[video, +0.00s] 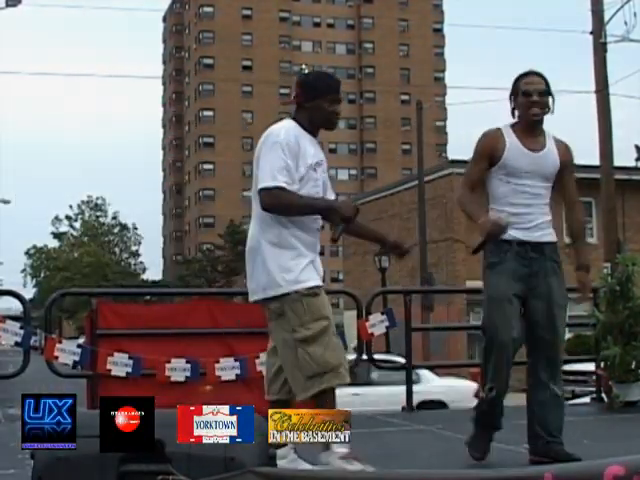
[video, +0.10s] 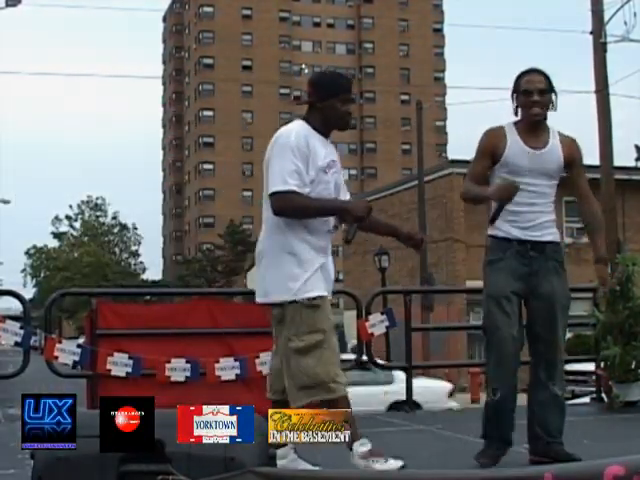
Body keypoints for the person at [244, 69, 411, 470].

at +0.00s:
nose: (338, 111)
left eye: (338, 104)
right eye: (331, 104)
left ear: (318, 105)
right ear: (305, 102)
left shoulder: (313, 148)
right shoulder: (280, 136)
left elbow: (332, 216)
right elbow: (271, 197)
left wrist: (385, 240)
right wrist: (328, 205)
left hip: (299, 271)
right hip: (283, 271)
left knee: (287, 369)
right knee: (323, 360)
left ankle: (285, 453)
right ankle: (329, 450)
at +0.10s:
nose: (353, 110)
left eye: (352, 103)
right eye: (346, 103)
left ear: (329, 105)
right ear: (322, 104)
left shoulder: (328, 150)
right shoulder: (291, 138)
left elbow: (346, 213)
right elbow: (283, 202)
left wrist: (401, 233)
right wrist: (341, 207)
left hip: (310, 275)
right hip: (291, 276)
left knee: (288, 368)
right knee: (323, 367)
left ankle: (279, 451)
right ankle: (359, 449)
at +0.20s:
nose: (365, 108)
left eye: (364, 100)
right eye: (358, 101)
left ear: (342, 104)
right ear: (334, 103)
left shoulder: (341, 149)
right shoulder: (300, 140)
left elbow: (354, 215)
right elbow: (293, 207)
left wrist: (404, 239)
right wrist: (354, 209)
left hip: (328, 276)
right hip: (304, 277)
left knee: (297, 368)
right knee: (338, 366)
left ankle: (280, 447)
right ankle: (364, 449)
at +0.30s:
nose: (375, 104)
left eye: (376, 96)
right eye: (368, 96)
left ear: (353, 99)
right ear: (342, 97)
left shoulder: (353, 143)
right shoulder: (313, 137)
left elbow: (359, 214)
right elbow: (304, 207)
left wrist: (395, 250)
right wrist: (367, 210)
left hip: (342, 273)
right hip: (320, 274)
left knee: (312, 368)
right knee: (346, 368)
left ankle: (284, 445)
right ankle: (369, 454)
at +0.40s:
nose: (388, 99)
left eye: (388, 91)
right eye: (381, 91)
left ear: (363, 94)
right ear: (353, 92)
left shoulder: (366, 137)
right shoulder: (323, 133)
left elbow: (368, 213)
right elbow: (312, 202)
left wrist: (384, 267)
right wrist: (378, 207)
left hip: (361, 269)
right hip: (333, 270)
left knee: (341, 366)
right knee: (352, 365)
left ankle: (293, 442)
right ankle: (371, 456)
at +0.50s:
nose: (397, 96)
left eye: (397, 89)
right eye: (391, 89)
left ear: (376, 89)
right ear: (364, 88)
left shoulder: (375, 134)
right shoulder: (333, 128)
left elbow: (372, 199)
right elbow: (322, 198)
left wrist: (394, 209)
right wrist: (388, 203)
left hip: (375, 265)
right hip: (341, 267)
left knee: (376, 354)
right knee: (352, 363)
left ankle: (317, 433)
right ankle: (370, 455)